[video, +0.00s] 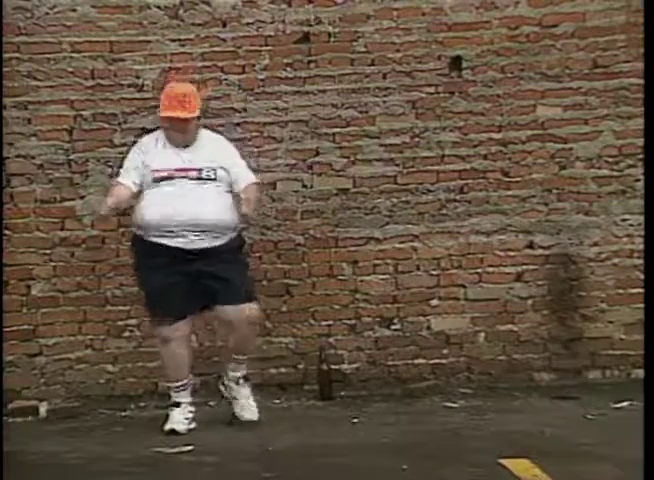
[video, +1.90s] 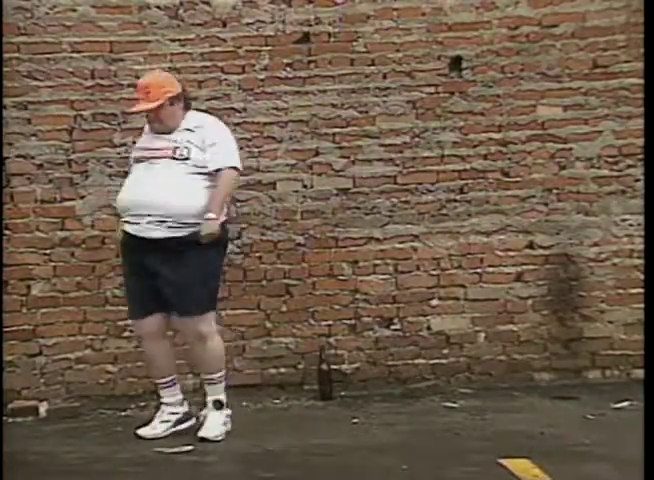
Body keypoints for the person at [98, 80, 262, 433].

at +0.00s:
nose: (179, 127)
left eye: (186, 120)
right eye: (172, 120)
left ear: (197, 117)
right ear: (161, 118)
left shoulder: (218, 146)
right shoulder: (146, 148)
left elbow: (249, 185)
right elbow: (126, 185)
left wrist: (247, 207)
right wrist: (109, 205)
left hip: (220, 248)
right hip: (161, 250)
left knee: (244, 316)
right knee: (170, 329)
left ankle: (236, 381)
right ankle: (181, 405)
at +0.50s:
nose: (167, 127)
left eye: (174, 118)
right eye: (160, 120)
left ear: (190, 113)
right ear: (152, 120)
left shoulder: (213, 139)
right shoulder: (153, 150)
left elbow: (254, 175)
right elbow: (139, 193)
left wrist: (218, 177)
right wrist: (132, 194)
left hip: (215, 255)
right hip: (160, 252)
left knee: (212, 330)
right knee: (145, 316)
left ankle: (217, 406)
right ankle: (171, 387)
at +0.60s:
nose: (163, 128)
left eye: (169, 121)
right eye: (155, 122)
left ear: (182, 111)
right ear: (145, 117)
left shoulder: (207, 136)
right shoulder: (140, 145)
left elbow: (226, 180)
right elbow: (124, 192)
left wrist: (187, 185)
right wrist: (87, 193)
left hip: (219, 245)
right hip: (166, 247)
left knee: (218, 324)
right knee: (165, 319)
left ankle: (219, 406)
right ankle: (170, 403)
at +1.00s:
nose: (170, 122)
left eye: (177, 114)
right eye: (164, 116)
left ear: (194, 104)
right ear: (156, 112)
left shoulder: (219, 138)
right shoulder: (154, 135)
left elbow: (235, 191)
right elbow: (136, 179)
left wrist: (218, 229)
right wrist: (127, 217)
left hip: (195, 243)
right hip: (149, 246)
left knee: (196, 317)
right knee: (159, 329)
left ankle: (237, 389)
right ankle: (180, 408)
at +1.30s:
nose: (164, 115)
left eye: (171, 108)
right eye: (161, 109)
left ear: (193, 109)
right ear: (162, 112)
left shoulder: (212, 138)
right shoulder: (175, 148)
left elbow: (240, 180)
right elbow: (174, 196)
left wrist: (202, 196)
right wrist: (139, 202)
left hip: (207, 250)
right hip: (163, 253)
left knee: (206, 335)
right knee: (132, 320)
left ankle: (233, 412)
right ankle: (167, 394)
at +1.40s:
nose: (151, 111)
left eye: (158, 105)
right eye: (148, 105)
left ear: (180, 107)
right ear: (148, 109)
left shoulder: (202, 137)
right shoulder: (156, 149)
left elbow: (216, 182)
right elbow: (150, 200)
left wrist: (168, 182)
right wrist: (107, 201)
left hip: (217, 246)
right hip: (172, 253)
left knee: (216, 330)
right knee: (149, 321)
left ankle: (234, 411)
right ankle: (170, 403)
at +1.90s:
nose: (150, 117)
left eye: (155, 109)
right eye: (146, 111)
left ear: (176, 100)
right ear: (145, 109)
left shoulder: (210, 129)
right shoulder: (148, 135)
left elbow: (229, 172)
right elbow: (144, 181)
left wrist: (214, 215)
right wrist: (133, 222)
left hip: (191, 242)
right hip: (141, 243)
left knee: (199, 329)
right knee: (148, 328)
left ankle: (217, 407)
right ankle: (173, 408)